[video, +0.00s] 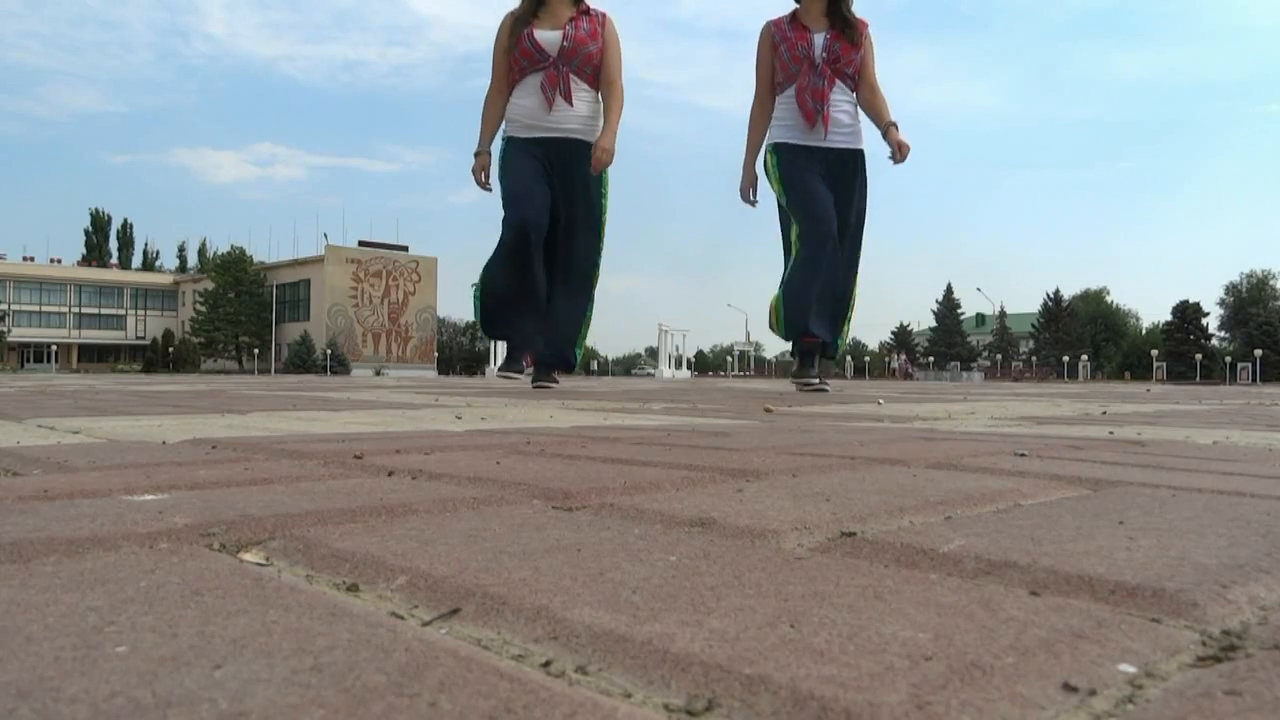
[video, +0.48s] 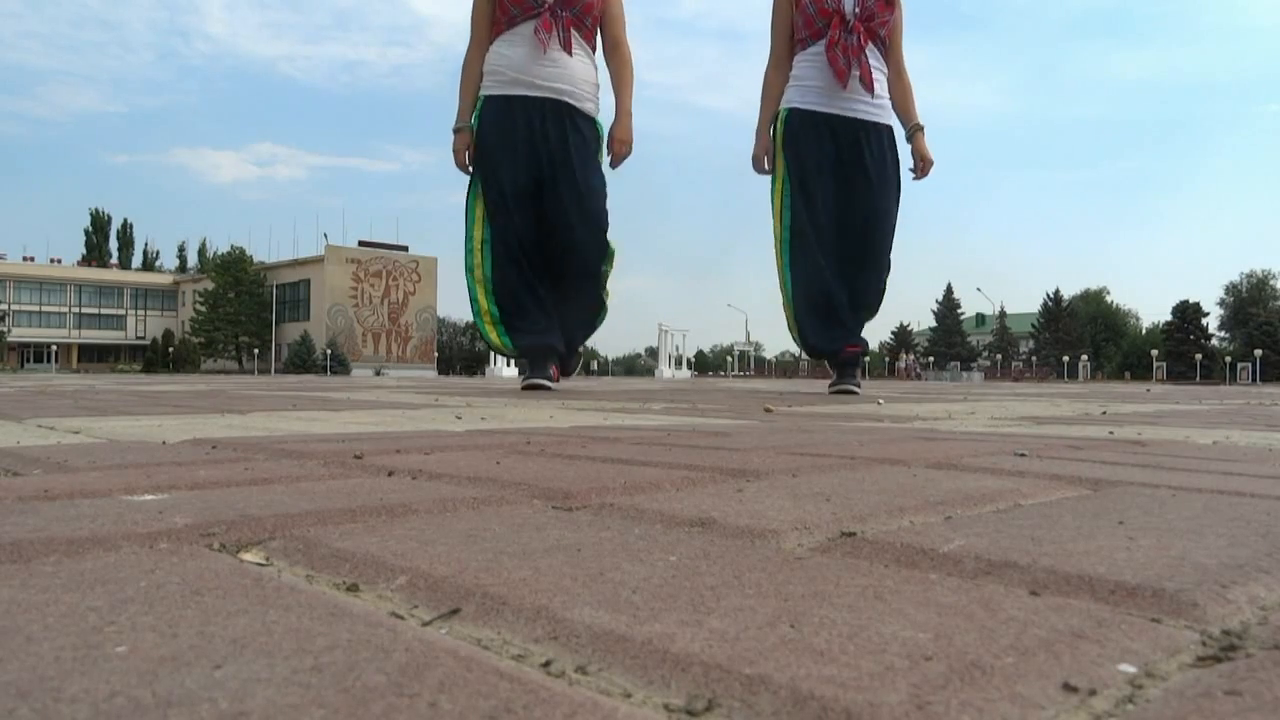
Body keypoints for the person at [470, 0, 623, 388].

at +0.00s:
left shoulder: (600, 22)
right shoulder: (514, 21)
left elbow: (612, 86)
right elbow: (499, 89)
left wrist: (609, 135)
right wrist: (484, 147)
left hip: (579, 150)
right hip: (523, 147)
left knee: (571, 251)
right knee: (526, 229)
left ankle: (549, 362)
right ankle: (518, 343)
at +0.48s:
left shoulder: (603, 2)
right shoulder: (489, 2)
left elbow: (615, 43)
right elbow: (479, 44)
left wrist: (623, 117)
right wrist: (463, 121)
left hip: (572, 112)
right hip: (504, 107)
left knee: (580, 235)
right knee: (515, 235)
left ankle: (568, 339)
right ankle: (536, 355)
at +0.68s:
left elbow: (610, 25)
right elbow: (466, 12)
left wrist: (625, 102)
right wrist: (458, 82)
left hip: (568, 85)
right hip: (498, 86)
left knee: (549, 191)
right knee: (506, 218)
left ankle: (566, 339)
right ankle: (531, 350)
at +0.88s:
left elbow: (602, 17)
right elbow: (456, 3)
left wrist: (607, 102)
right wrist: (447, 68)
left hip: (561, 68)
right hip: (485, 71)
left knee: (535, 206)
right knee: (493, 218)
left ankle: (516, 338)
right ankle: (540, 350)